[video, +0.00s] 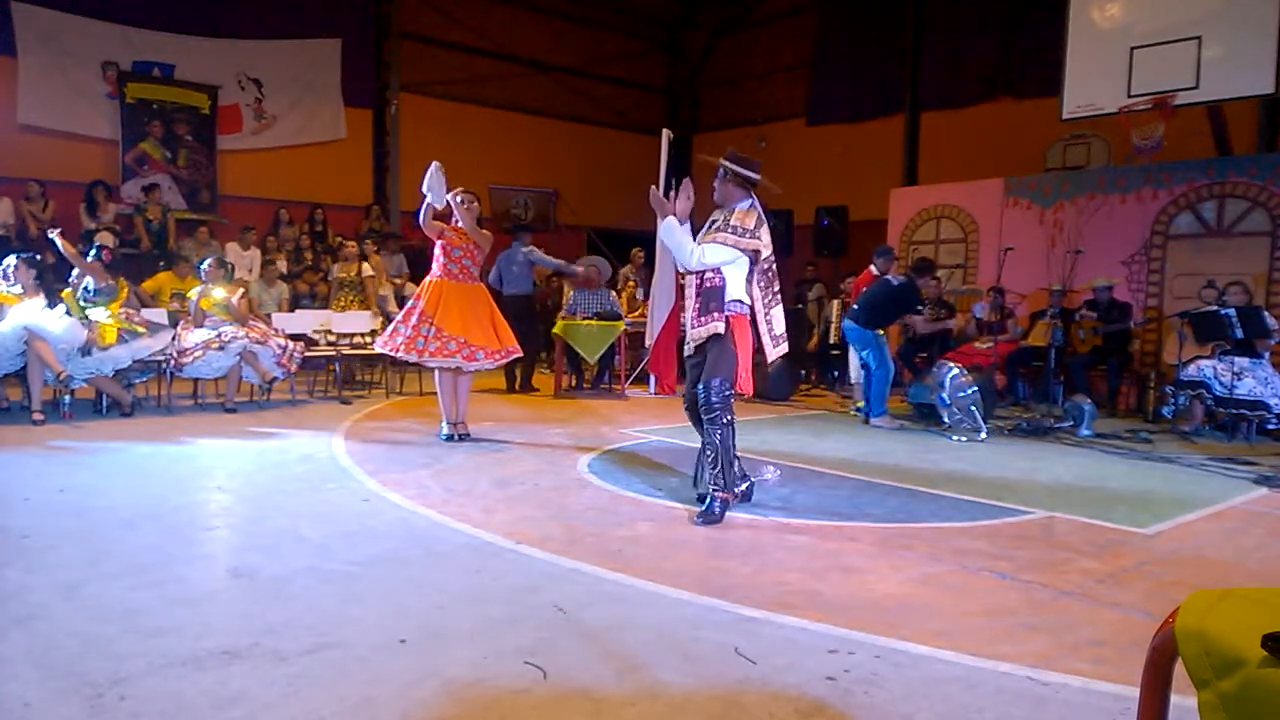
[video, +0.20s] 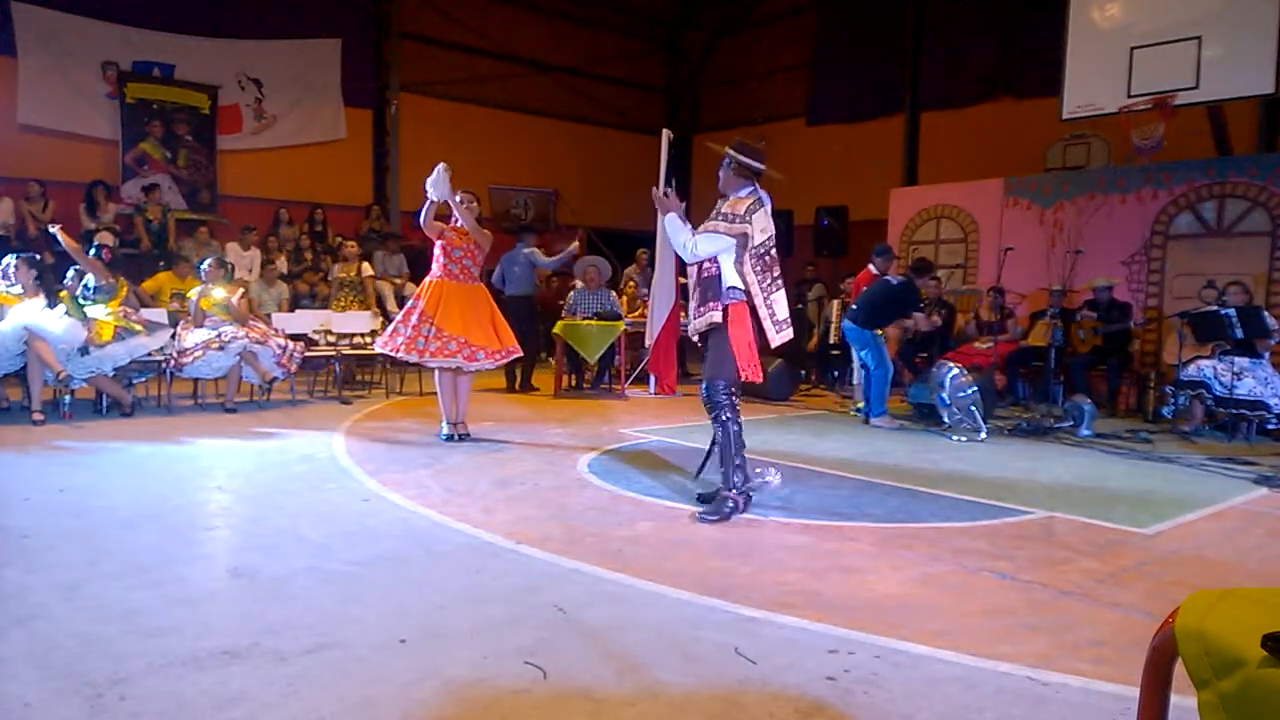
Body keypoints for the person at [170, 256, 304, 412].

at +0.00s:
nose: (205, 271)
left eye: (210, 268)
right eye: (204, 268)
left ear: (222, 271)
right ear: (202, 272)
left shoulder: (237, 291)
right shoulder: (198, 293)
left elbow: (244, 320)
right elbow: (198, 323)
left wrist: (231, 305)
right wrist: (199, 299)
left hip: (232, 327)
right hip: (208, 328)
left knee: (236, 355)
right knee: (237, 341)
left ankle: (229, 400)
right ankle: (264, 374)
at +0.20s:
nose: (205, 272)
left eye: (209, 268)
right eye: (204, 269)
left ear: (222, 271)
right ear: (202, 272)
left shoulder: (237, 291)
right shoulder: (198, 293)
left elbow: (244, 320)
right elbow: (197, 323)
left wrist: (231, 304)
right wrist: (199, 298)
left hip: (232, 328)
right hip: (207, 329)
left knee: (236, 355)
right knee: (237, 341)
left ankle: (229, 400)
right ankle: (264, 374)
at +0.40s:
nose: (205, 272)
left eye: (209, 268)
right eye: (204, 269)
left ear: (222, 271)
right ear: (202, 272)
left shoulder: (237, 290)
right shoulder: (198, 292)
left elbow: (244, 320)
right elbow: (197, 323)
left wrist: (230, 303)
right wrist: (199, 298)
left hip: (232, 327)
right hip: (207, 328)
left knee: (236, 355)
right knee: (237, 341)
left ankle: (229, 399)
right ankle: (264, 374)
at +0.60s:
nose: (204, 272)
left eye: (209, 269)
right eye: (204, 269)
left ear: (222, 272)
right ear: (202, 272)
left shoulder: (237, 290)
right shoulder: (198, 292)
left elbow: (244, 320)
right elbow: (197, 323)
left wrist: (230, 303)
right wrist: (199, 299)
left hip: (232, 328)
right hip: (207, 329)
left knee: (236, 355)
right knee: (237, 341)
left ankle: (229, 399)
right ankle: (264, 374)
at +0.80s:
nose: (206, 272)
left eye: (211, 268)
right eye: (205, 268)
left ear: (223, 272)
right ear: (202, 272)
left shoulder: (237, 290)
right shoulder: (198, 293)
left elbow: (244, 320)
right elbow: (197, 323)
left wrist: (230, 303)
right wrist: (199, 299)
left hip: (232, 328)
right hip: (207, 329)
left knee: (236, 355)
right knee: (237, 341)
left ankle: (229, 400)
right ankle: (264, 374)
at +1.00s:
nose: (209, 271)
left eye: (214, 268)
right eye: (207, 268)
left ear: (225, 272)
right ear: (204, 272)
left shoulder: (237, 290)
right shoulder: (199, 292)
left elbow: (244, 320)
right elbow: (197, 323)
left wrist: (231, 304)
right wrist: (200, 301)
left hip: (233, 327)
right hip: (208, 328)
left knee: (236, 355)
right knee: (237, 340)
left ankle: (229, 400)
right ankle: (263, 374)